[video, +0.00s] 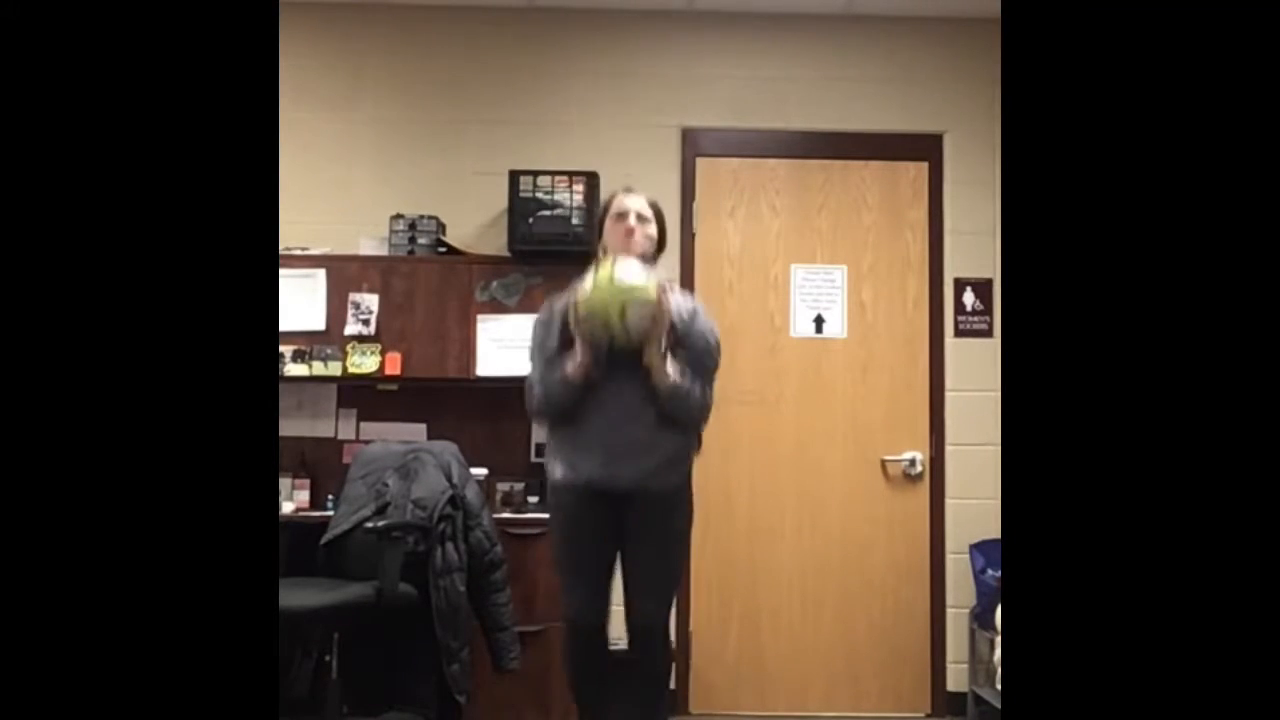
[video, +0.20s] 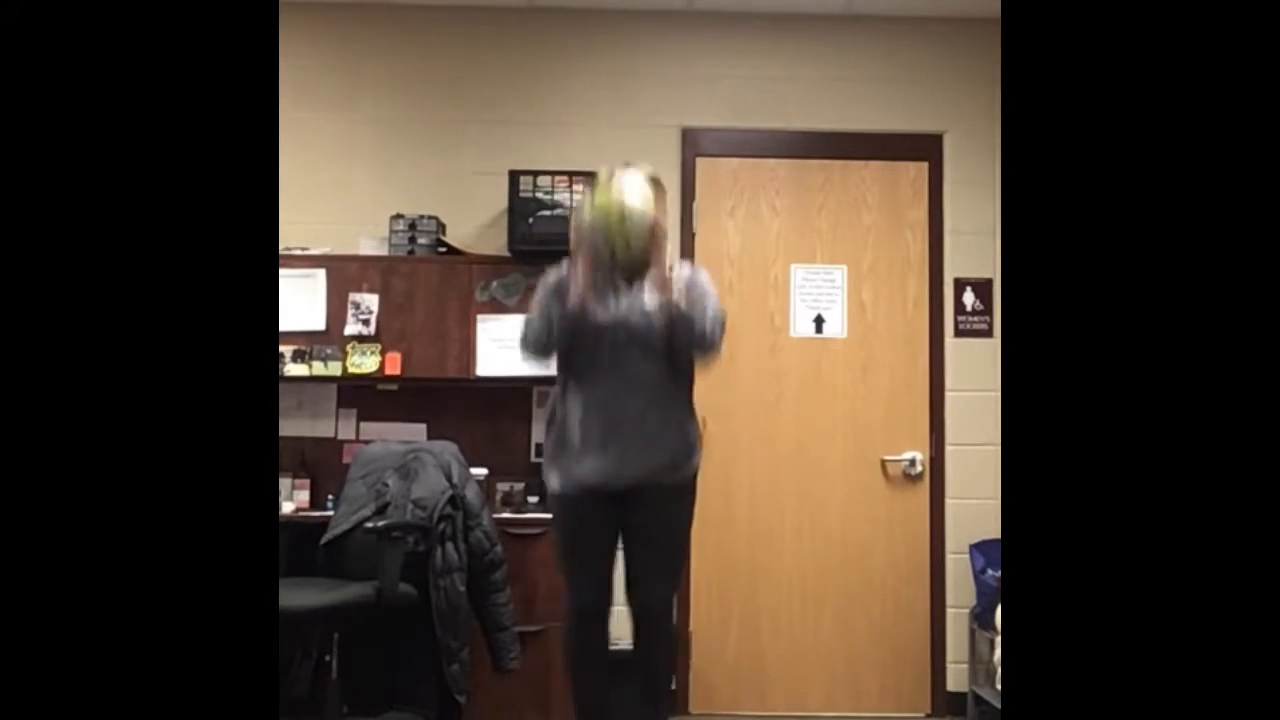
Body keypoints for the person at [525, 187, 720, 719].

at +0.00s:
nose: (633, 226)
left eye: (644, 219)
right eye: (621, 217)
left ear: (659, 238)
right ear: (601, 233)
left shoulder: (685, 314)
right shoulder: (562, 312)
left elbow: (694, 413)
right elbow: (541, 403)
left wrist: (656, 359)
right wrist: (580, 359)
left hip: (659, 492)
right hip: (580, 491)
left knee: (650, 626)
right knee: (584, 624)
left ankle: (647, 714)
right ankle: (594, 712)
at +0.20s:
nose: (624, 232)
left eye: (636, 220)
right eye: (613, 220)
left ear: (656, 224)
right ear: (592, 225)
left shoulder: (683, 281)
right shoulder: (567, 283)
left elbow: (705, 340)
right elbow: (537, 343)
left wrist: (675, 292)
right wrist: (572, 280)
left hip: (661, 474)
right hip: (582, 475)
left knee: (654, 610)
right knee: (588, 609)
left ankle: (653, 710)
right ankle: (591, 710)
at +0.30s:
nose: (633, 192)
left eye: (643, 185)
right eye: (621, 184)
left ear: (659, 201)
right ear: (601, 197)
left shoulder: (676, 262)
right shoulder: (575, 255)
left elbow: (712, 259)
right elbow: (536, 260)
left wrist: (678, 181)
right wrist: (578, 180)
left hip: (662, 442)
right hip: (582, 442)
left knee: (668, 594)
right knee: (574, 589)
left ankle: (681, 712)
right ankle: (553, 711)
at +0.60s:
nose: (631, 242)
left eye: (643, 236)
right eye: (619, 233)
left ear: (659, 256)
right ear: (596, 254)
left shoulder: (678, 316)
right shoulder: (577, 314)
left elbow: (695, 237)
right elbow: (564, 226)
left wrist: (674, 132)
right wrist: (589, 129)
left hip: (664, 509)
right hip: (581, 508)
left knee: (695, 650)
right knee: (551, 647)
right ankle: (505, 714)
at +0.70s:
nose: (635, 203)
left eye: (647, 197)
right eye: (622, 195)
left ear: (664, 216)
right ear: (603, 212)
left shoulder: (684, 277)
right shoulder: (580, 272)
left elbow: (715, 250)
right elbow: (541, 244)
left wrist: (685, 169)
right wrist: (581, 160)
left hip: (668, 461)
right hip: (586, 460)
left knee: (690, 609)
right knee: (558, 605)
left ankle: (723, 716)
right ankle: (514, 712)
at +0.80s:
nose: (634, 198)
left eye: (645, 188)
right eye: (621, 187)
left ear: (668, 198)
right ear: (602, 198)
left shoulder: (692, 260)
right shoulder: (578, 255)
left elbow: (726, 306)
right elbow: (531, 300)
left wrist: (679, 257)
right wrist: (579, 244)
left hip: (670, 452)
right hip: (590, 448)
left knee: (676, 591)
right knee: (573, 589)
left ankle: (690, 710)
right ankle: (553, 710)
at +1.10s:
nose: (638, 215)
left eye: (650, 207)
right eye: (627, 207)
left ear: (668, 224)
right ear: (609, 222)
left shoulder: (696, 301)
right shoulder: (573, 303)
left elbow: (729, 382)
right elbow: (545, 390)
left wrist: (683, 347)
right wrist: (584, 348)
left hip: (672, 493)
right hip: (593, 494)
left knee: (660, 633)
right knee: (595, 630)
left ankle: (660, 716)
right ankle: (599, 714)